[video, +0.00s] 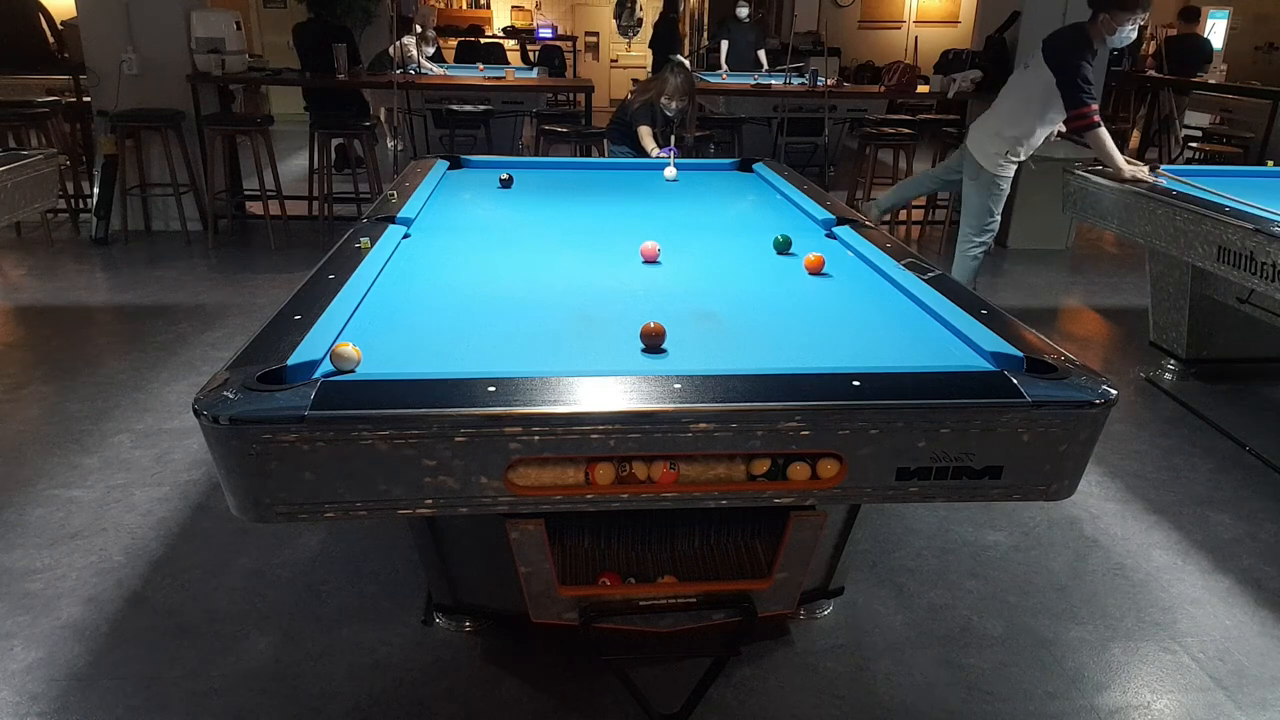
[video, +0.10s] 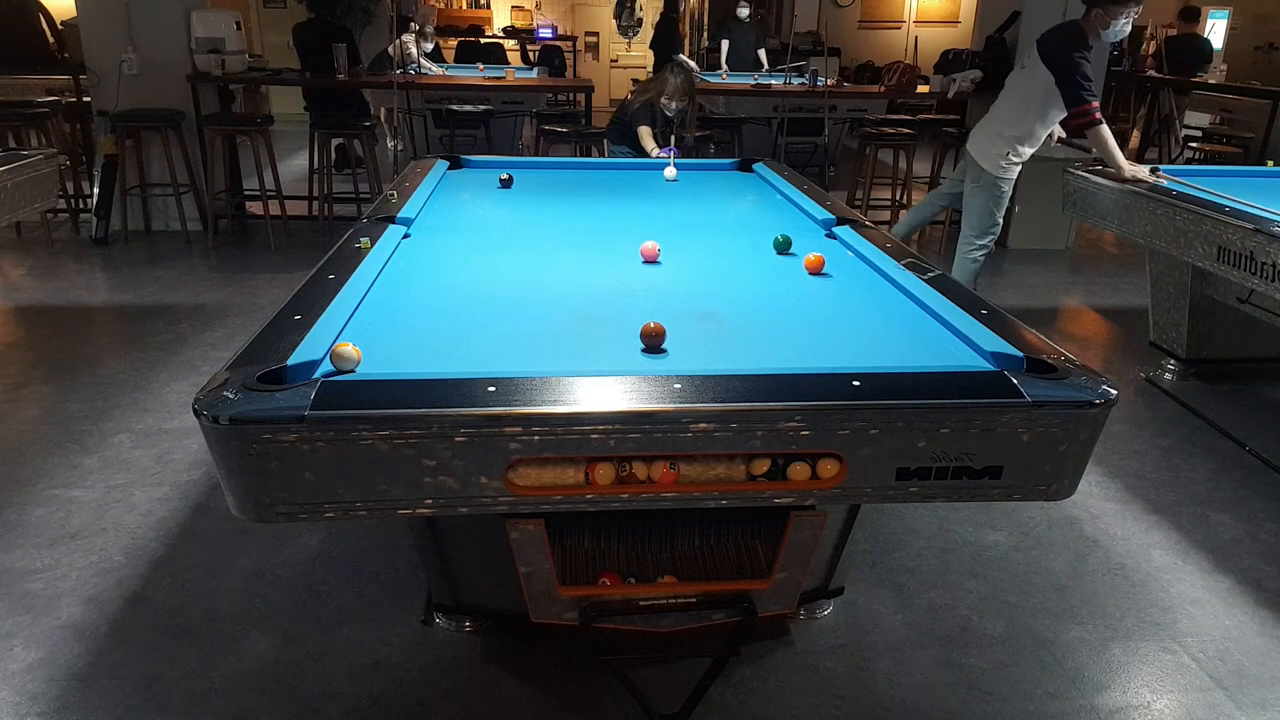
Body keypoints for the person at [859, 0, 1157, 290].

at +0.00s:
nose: (1129, 29)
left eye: (1133, 23)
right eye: (1127, 21)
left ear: (1103, 18)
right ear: (1105, 17)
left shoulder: (1072, 37)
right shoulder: (1077, 50)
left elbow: (1040, 86)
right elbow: (1087, 117)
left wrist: (1055, 121)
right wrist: (1122, 168)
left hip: (983, 135)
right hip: (996, 154)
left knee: (935, 179)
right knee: (976, 239)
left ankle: (871, 211)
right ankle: (954, 309)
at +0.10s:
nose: (1127, 23)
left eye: (1131, 16)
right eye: (1123, 15)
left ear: (1094, 13)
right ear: (1097, 13)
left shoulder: (1063, 34)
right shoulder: (1073, 48)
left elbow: (1031, 80)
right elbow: (1090, 117)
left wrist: (1048, 122)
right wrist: (1122, 167)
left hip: (982, 142)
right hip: (997, 159)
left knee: (941, 198)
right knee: (978, 240)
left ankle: (887, 241)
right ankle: (956, 310)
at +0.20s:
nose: (1118, 22)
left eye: (1122, 15)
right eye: (1113, 14)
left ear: (1083, 15)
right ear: (1087, 13)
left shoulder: (1053, 34)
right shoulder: (1065, 48)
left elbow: (1021, 85)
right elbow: (1088, 115)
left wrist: (1045, 125)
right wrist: (1126, 165)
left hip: (983, 148)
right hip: (1000, 160)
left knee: (956, 224)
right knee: (978, 242)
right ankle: (953, 310)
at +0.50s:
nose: (1083, 39)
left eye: (1089, 34)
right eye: (1084, 31)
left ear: (1066, 14)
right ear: (1069, 16)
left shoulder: (1037, 34)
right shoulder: (1038, 42)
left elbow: (1024, 98)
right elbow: (1035, 114)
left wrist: (1047, 122)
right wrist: (1072, 155)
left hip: (999, 158)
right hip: (1003, 164)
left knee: (979, 241)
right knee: (980, 245)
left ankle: (952, 308)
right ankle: (951, 313)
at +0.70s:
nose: (1075, 44)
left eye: (1080, 40)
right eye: (1077, 37)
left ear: (1061, 22)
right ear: (1062, 23)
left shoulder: (1041, 42)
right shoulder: (1027, 48)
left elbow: (1018, 97)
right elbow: (1011, 119)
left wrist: (1036, 121)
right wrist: (1008, 173)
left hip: (1012, 160)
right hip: (997, 164)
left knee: (988, 235)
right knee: (978, 237)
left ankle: (971, 293)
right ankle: (953, 304)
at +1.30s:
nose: (1076, 107)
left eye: (1082, 106)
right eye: (1081, 102)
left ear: (1075, 86)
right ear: (1076, 88)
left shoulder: (1047, 83)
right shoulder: (1035, 89)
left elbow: (1007, 129)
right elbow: (1010, 150)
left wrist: (1025, 146)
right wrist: (1001, 206)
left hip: (984, 151)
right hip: (958, 149)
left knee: (981, 224)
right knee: (958, 225)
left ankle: (967, 285)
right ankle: (935, 286)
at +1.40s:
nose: (1067, 137)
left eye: (1073, 137)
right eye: (1073, 133)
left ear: (1073, 117)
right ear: (1072, 117)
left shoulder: (1047, 103)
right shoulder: (1033, 117)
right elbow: (1012, 183)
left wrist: (1005, 230)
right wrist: (1002, 233)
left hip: (976, 156)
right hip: (948, 152)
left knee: (976, 226)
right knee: (952, 226)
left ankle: (966, 288)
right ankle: (930, 287)